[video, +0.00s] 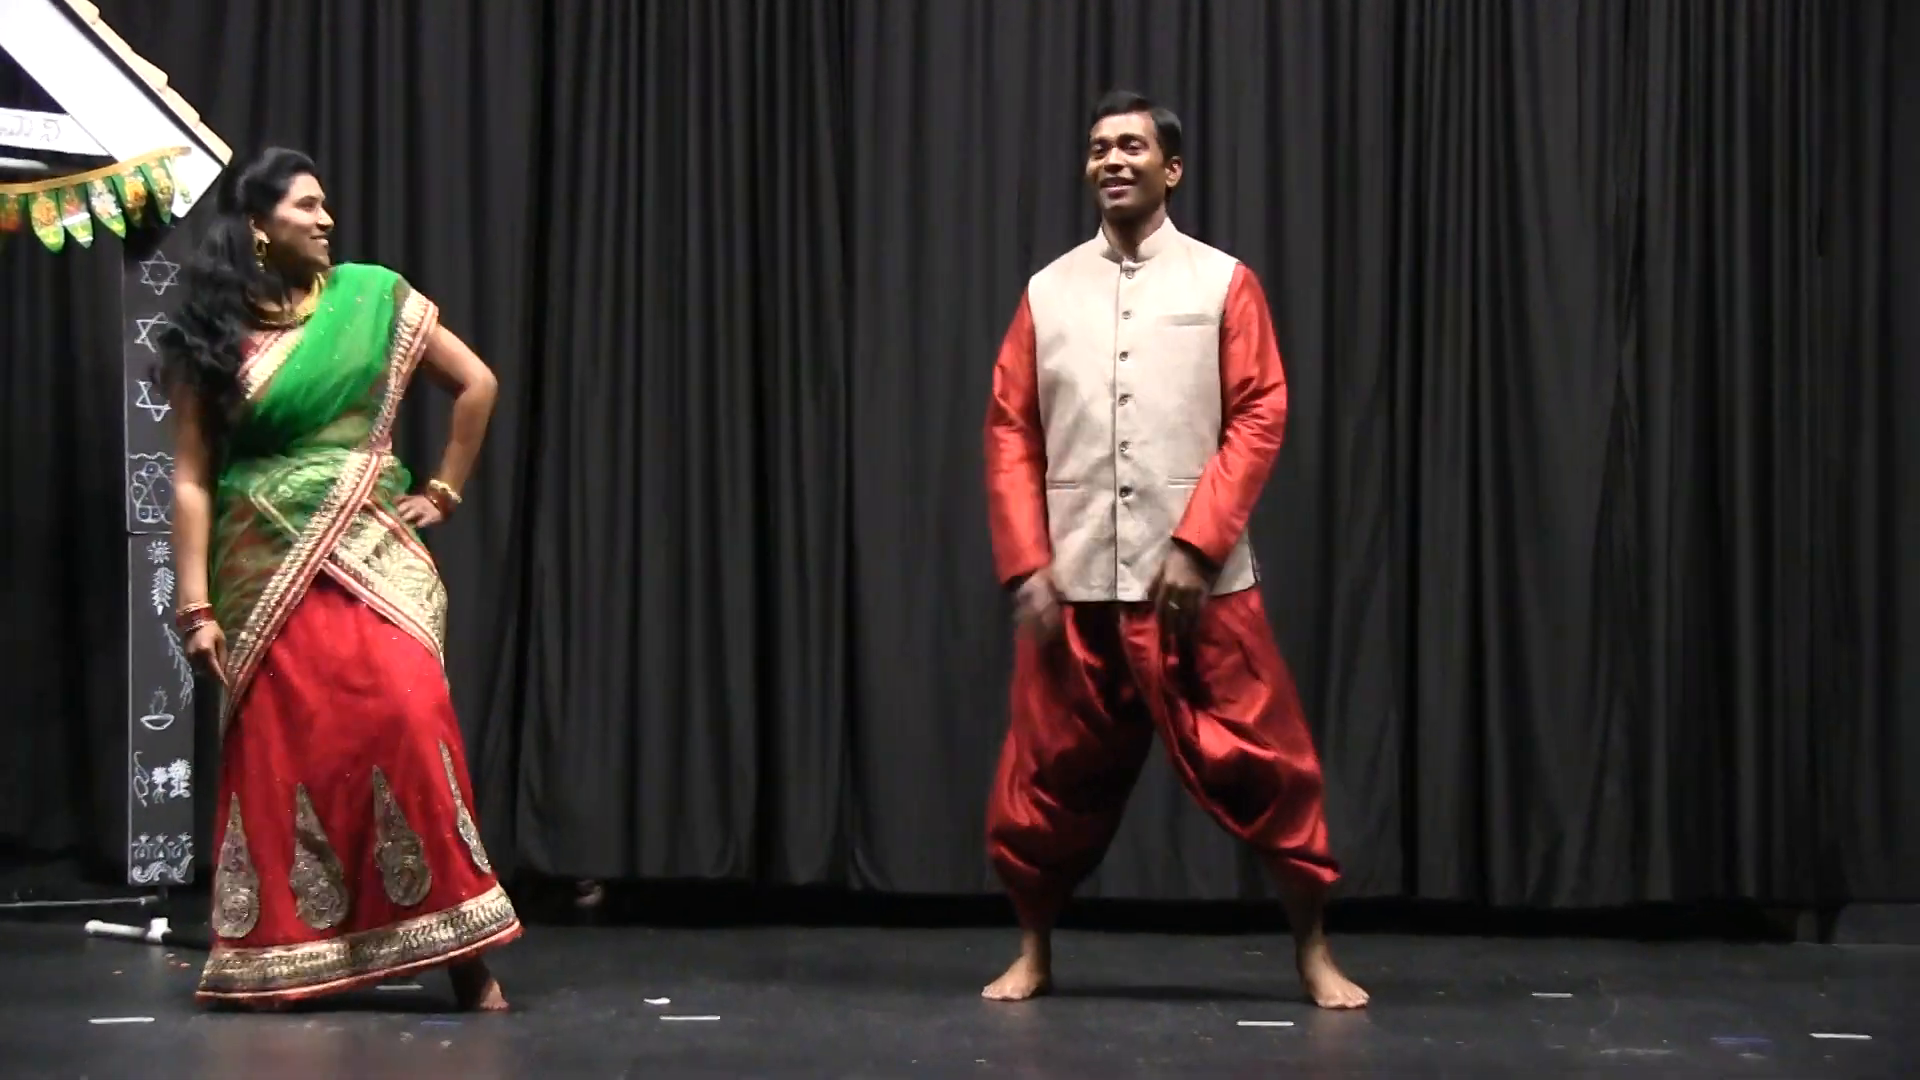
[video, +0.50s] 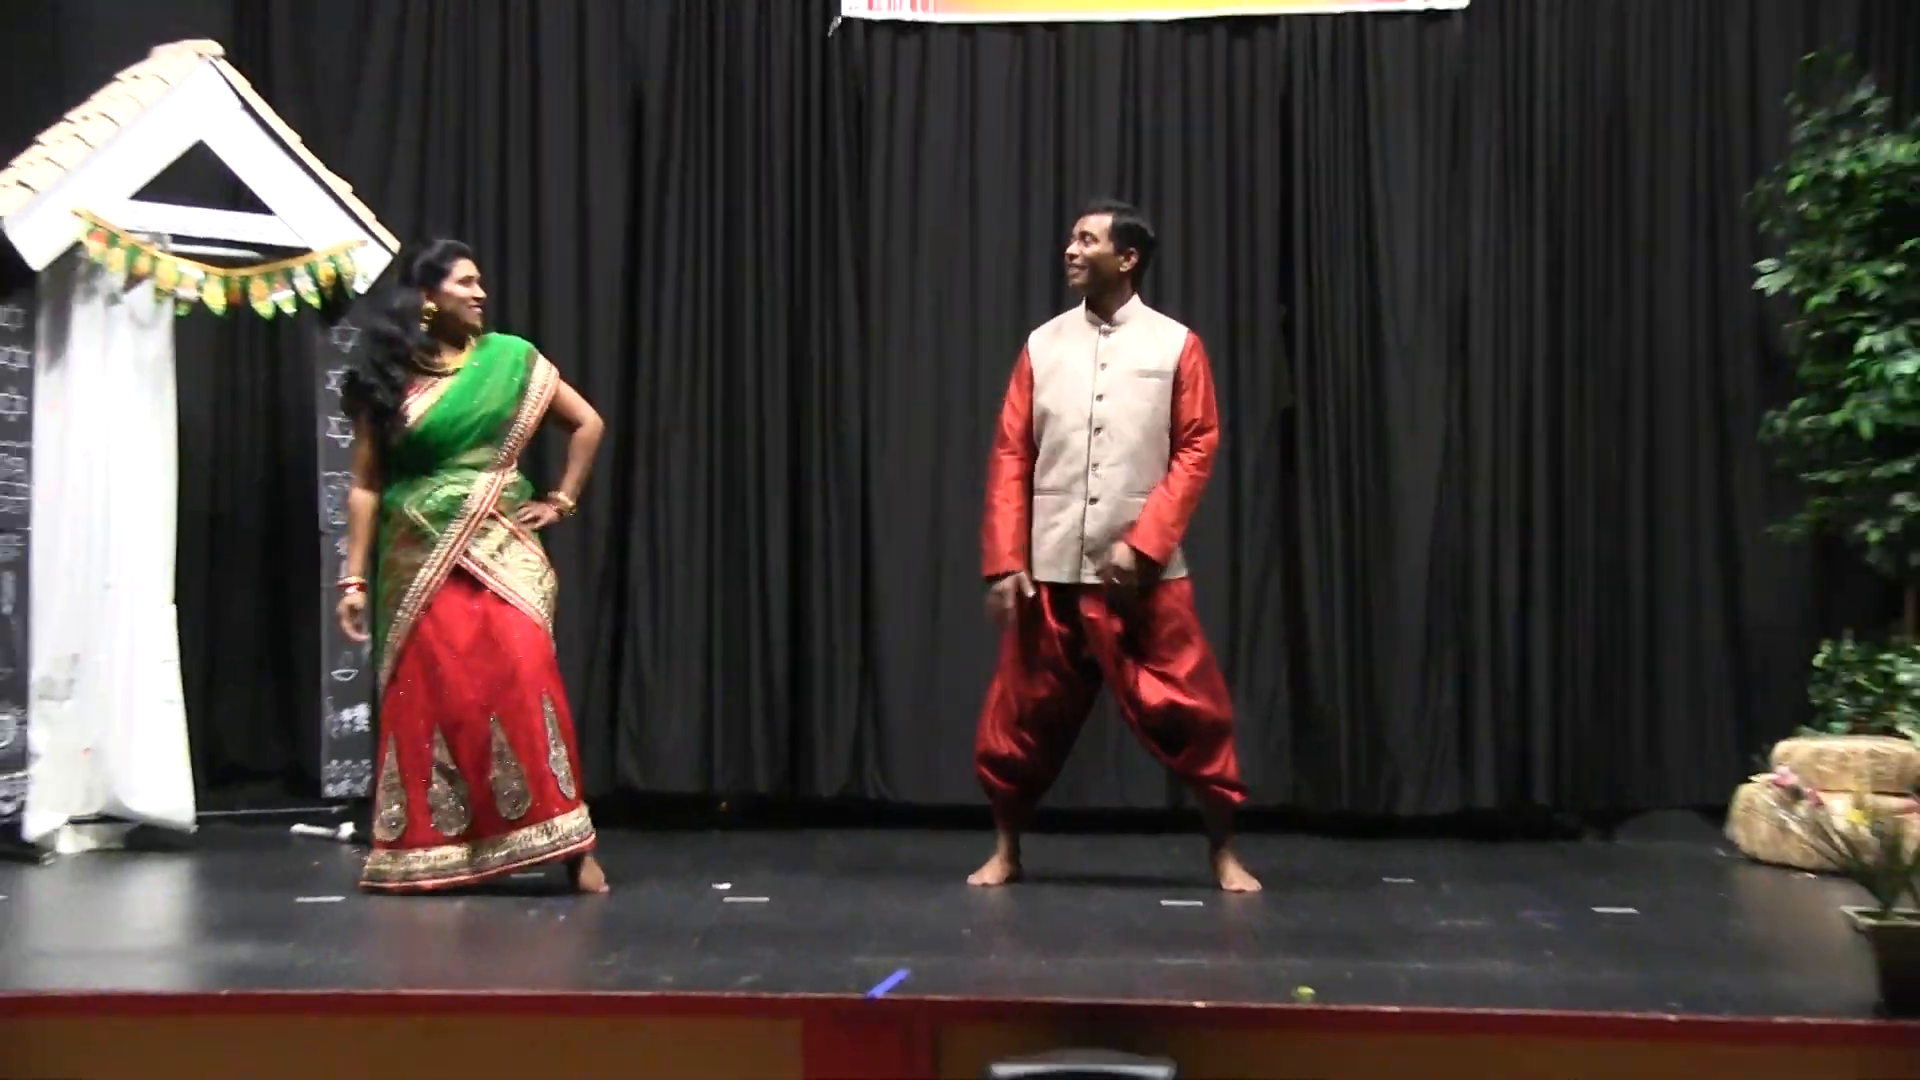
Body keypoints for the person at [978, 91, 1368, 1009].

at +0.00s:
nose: (1113, 160)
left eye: (1131, 146)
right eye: (1101, 149)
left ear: (1170, 166)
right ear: (1087, 173)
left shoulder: (1224, 282)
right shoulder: (1048, 290)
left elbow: (1261, 417)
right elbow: (1011, 431)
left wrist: (1198, 546)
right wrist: (1026, 565)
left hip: (1200, 579)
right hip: (1074, 584)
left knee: (1273, 763)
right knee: (1043, 774)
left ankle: (1315, 956)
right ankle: (1031, 955)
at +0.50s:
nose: (1071, 250)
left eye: (1087, 240)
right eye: (1071, 239)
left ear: (1129, 256)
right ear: (1073, 254)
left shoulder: (1176, 344)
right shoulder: (1041, 345)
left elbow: (1198, 448)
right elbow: (1011, 453)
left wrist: (1147, 542)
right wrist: (1005, 559)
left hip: (1143, 571)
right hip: (1049, 571)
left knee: (1196, 711)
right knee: (1018, 715)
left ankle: (1224, 855)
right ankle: (1004, 852)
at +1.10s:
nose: (1065, 275)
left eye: (1079, 265)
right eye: (1064, 266)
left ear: (1119, 278)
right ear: (1069, 280)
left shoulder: (1166, 364)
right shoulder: (1039, 363)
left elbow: (1187, 460)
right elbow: (1011, 461)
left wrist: (1131, 535)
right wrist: (1019, 553)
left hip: (1139, 572)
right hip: (1049, 575)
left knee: (1178, 700)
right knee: (1011, 701)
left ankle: (1201, 833)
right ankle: (997, 829)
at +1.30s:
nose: (1072, 267)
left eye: (1086, 257)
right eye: (1068, 258)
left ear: (1122, 270)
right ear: (1063, 272)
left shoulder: (1162, 352)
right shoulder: (1036, 355)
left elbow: (1190, 450)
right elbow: (1013, 450)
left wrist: (1157, 544)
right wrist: (1038, 526)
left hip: (1139, 561)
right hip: (1054, 561)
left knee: (1182, 693)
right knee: (1033, 694)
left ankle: (1203, 827)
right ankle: (1036, 826)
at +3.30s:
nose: (1062, 379)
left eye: (1076, 366)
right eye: (1051, 367)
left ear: (1102, 377)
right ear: (1038, 377)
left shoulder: (1130, 468)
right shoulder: (998, 449)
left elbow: (1143, 584)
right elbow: (956, 551)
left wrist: (1124, 684)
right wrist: (1009, 620)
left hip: (1086, 627)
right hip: (1009, 621)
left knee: (1101, 720)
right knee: (980, 736)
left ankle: (1117, 817)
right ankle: (1004, 849)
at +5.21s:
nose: (1106, 359)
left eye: (1120, 348)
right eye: (1096, 348)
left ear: (1144, 363)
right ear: (1081, 362)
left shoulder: (1173, 451)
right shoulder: (1039, 445)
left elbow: (1171, 552)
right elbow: (1022, 553)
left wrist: (1137, 640)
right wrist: (1025, 654)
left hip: (1140, 622)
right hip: (1062, 624)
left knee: (1104, 706)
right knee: (1052, 732)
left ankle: (1116, 841)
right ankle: (1068, 832)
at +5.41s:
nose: (1111, 222)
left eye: (1124, 211)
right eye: (1101, 211)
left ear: (1149, 226)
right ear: (1086, 223)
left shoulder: (1178, 315)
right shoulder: (1045, 305)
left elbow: (1197, 421)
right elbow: (1018, 406)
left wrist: (1174, 518)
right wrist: (1021, 505)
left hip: (1146, 512)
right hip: (1061, 507)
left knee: (1153, 662)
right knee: (1046, 660)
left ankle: (1141, 834)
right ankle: (1082, 769)